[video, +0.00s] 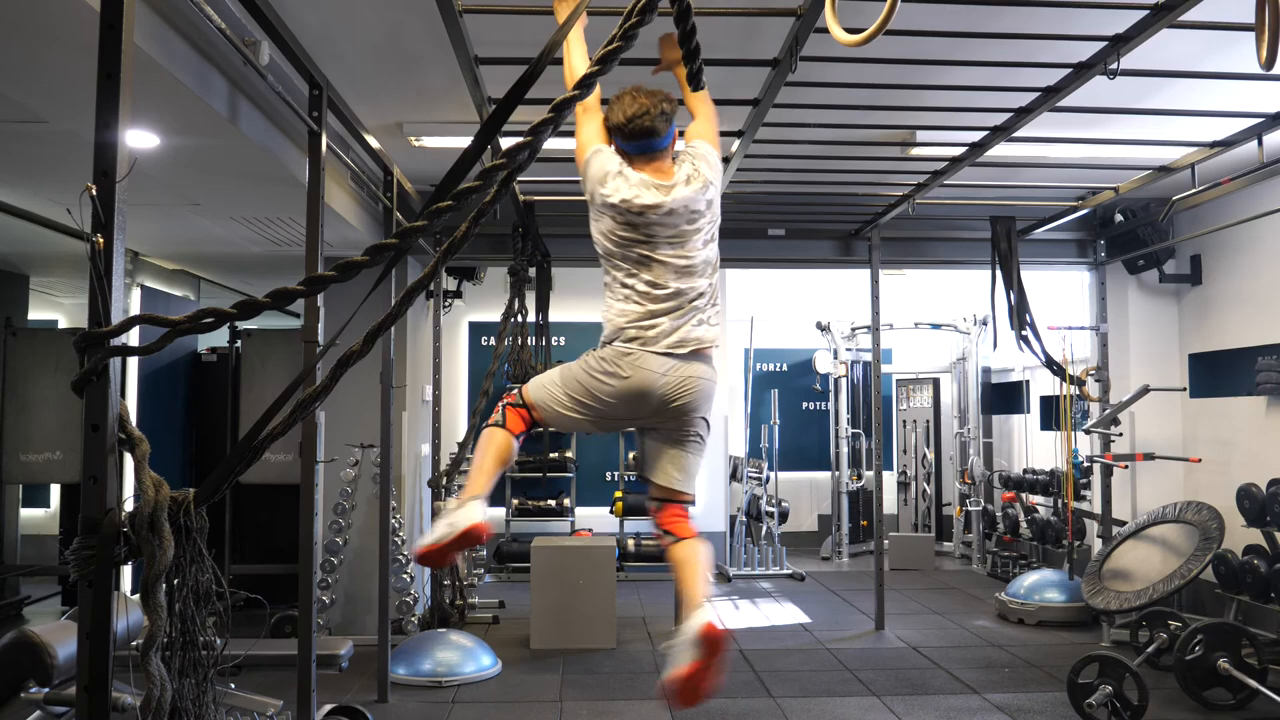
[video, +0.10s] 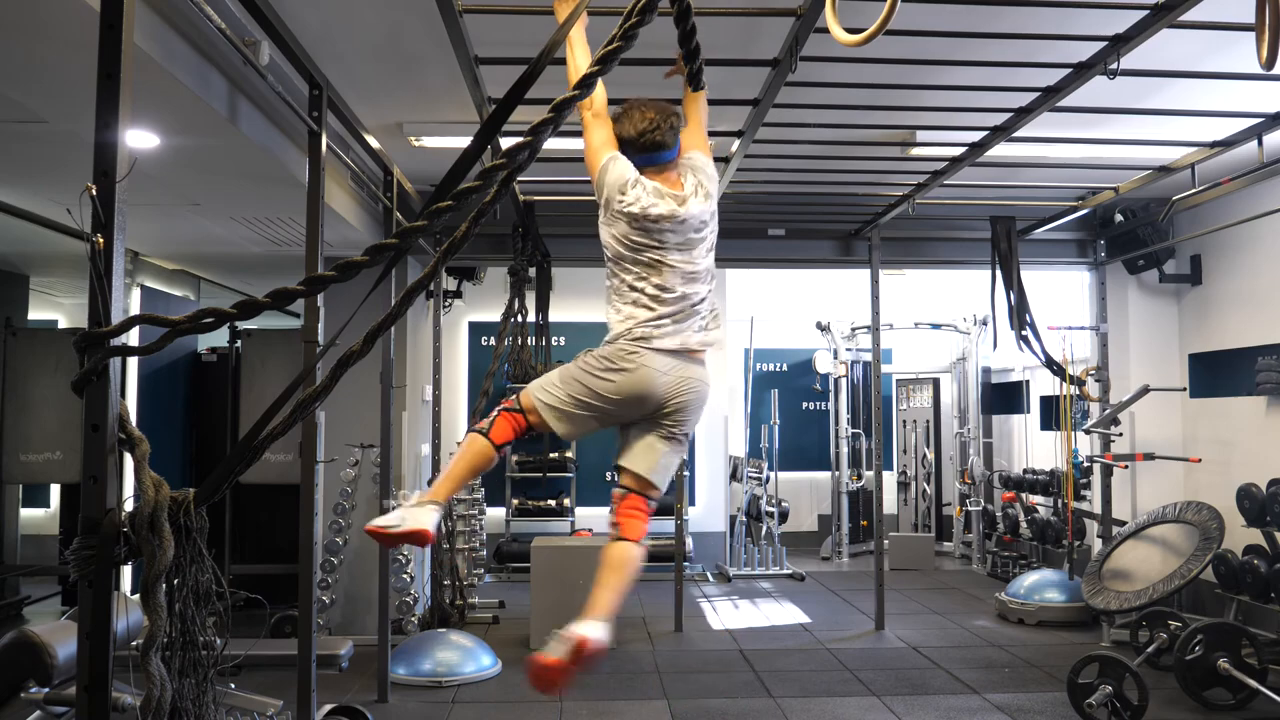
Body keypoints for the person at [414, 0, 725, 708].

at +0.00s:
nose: (667, 146)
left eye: (628, 138)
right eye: (671, 136)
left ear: (621, 142)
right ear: (676, 138)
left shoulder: (605, 181)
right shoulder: (703, 178)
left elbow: (586, 96)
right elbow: (704, 114)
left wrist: (571, 24)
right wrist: (684, 63)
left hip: (625, 363)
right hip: (695, 374)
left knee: (516, 409)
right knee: (676, 513)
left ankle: (471, 506)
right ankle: (699, 615)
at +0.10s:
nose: (684, 149)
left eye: (622, 142)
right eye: (677, 142)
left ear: (632, 149)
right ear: (677, 150)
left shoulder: (617, 185)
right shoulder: (700, 187)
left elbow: (589, 96)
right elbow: (695, 110)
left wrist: (572, 23)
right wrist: (687, 39)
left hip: (631, 362)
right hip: (690, 377)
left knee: (515, 413)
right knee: (633, 514)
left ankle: (428, 506)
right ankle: (596, 623)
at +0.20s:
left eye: (629, 139)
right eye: (672, 142)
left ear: (632, 154)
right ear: (676, 154)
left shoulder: (617, 188)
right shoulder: (697, 196)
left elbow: (591, 99)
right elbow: (694, 123)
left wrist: (572, 25)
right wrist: (690, 52)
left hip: (611, 359)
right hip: (668, 378)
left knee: (503, 410)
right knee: (596, 506)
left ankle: (416, 503)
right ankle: (531, 623)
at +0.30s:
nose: (671, 156)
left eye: (611, 146)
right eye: (665, 148)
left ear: (614, 160)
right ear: (662, 165)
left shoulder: (606, 196)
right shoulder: (679, 214)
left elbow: (582, 107)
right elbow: (684, 141)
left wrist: (572, 30)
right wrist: (689, 85)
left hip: (580, 363)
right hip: (634, 384)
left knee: (485, 406)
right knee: (571, 512)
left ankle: (436, 496)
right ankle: (522, 620)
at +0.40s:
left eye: (605, 155)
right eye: (647, 155)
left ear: (598, 167)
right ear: (647, 170)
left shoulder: (575, 200)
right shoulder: (661, 214)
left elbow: (543, 121)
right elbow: (672, 145)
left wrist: (571, 52)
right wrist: (685, 91)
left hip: (550, 363)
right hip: (608, 380)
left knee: (470, 394)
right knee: (577, 514)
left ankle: (441, 478)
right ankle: (547, 624)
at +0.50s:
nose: (625, 175)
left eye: (596, 166)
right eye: (628, 165)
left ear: (580, 172)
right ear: (633, 175)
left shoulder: (548, 209)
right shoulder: (642, 221)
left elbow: (511, 163)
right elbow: (665, 148)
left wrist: (564, 125)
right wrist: (682, 91)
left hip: (535, 364)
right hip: (595, 376)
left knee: (464, 396)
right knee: (604, 506)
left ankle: (441, 458)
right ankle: (604, 622)